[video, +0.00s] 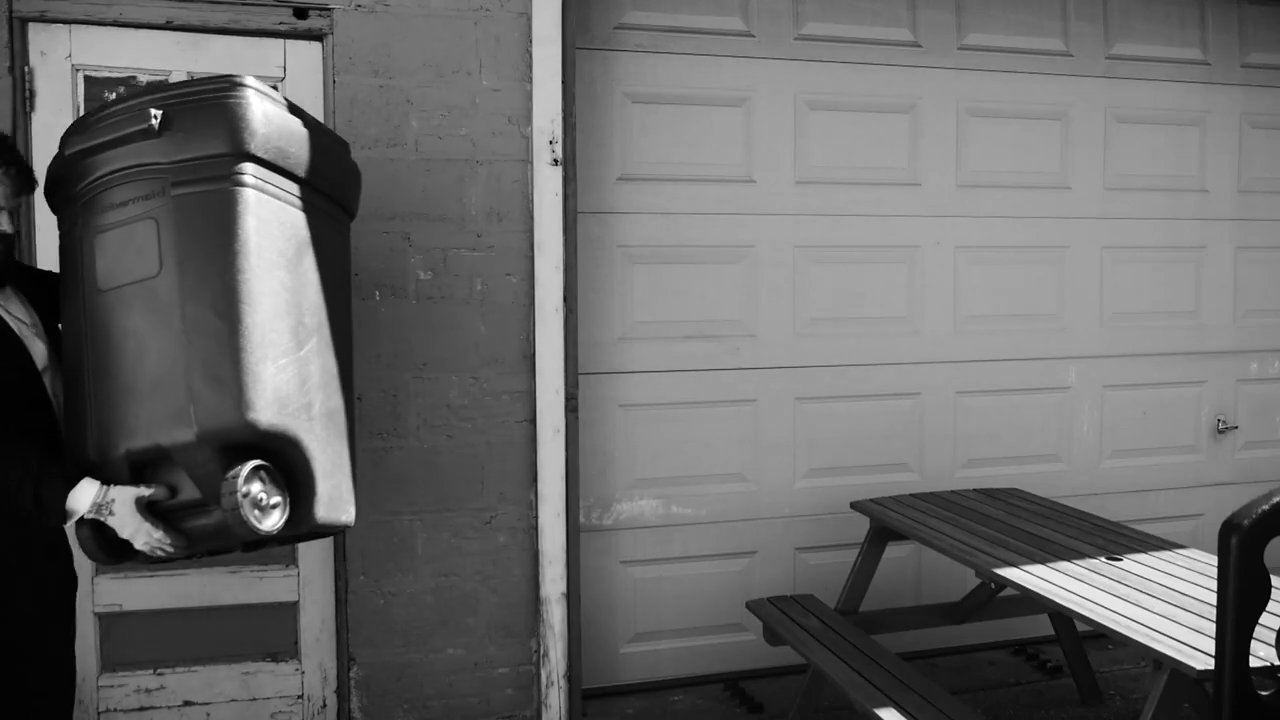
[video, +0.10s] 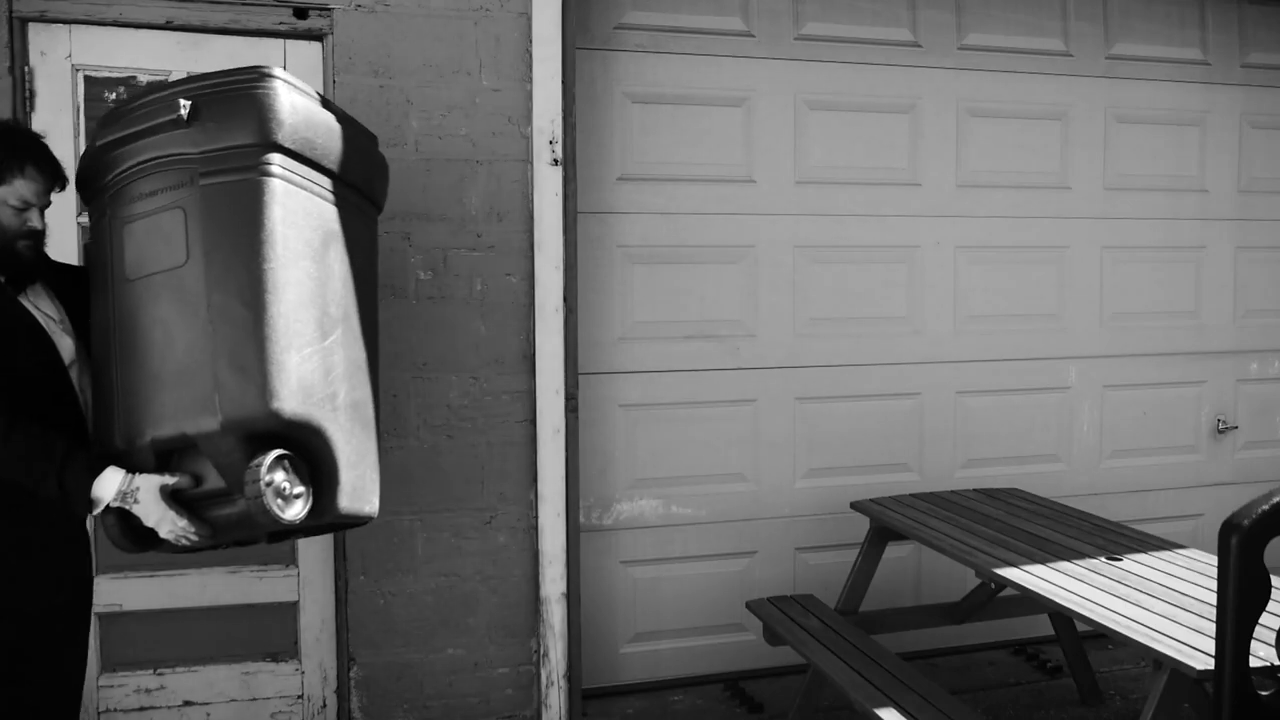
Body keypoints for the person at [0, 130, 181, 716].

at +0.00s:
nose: (13, 224)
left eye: (19, 207)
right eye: (5, 209)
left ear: (29, 207)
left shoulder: (50, 295)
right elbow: (5, 451)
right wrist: (98, 500)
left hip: (45, 563)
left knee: (50, 698)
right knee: (23, 697)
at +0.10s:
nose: (37, 223)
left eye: (43, 207)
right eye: (20, 208)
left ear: (52, 203)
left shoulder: (71, 286)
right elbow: (6, 433)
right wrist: (118, 487)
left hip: (65, 541)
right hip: (8, 545)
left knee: (57, 696)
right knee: (19, 697)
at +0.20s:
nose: (63, 220)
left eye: (71, 205)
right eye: (47, 204)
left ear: (79, 201)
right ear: (3, 199)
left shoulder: (87, 281)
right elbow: (16, 430)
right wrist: (145, 479)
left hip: (82, 535)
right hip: (18, 541)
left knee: (74, 692)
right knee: (31, 695)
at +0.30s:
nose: (90, 222)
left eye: (96, 207)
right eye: (74, 205)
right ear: (17, 198)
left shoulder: (97, 278)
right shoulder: (2, 285)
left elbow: (197, 280)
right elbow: (37, 428)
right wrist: (169, 476)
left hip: (97, 538)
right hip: (34, 549)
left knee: (84, 691)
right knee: (88, 695)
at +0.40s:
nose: (116, 226)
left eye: (121, 210)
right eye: (100, 210)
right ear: (44, 202)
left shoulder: (108, 278)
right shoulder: (14, 290)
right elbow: (70, 431)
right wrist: (206, 480)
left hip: (117, 550)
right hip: (60, 562)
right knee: (108, 702)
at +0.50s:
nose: (144, 232)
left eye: (147, 216)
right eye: (126, 218)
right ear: (69, 211)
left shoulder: (122, 274)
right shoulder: (40, 311)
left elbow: (213, 282)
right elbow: (108, 444)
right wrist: (245, 488)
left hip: (144, 551)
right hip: (95, 569)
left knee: (141, 697)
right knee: (132, 703)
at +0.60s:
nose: (172, 239)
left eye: (174, 223)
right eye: (155, 226)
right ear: (97, 219)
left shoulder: (141, 279)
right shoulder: (71, 320)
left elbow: (232, 285)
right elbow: (151, 452)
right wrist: (287, 494)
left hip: (178, 560)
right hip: (133, 580)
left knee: (163, 703)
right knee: (169, 707)